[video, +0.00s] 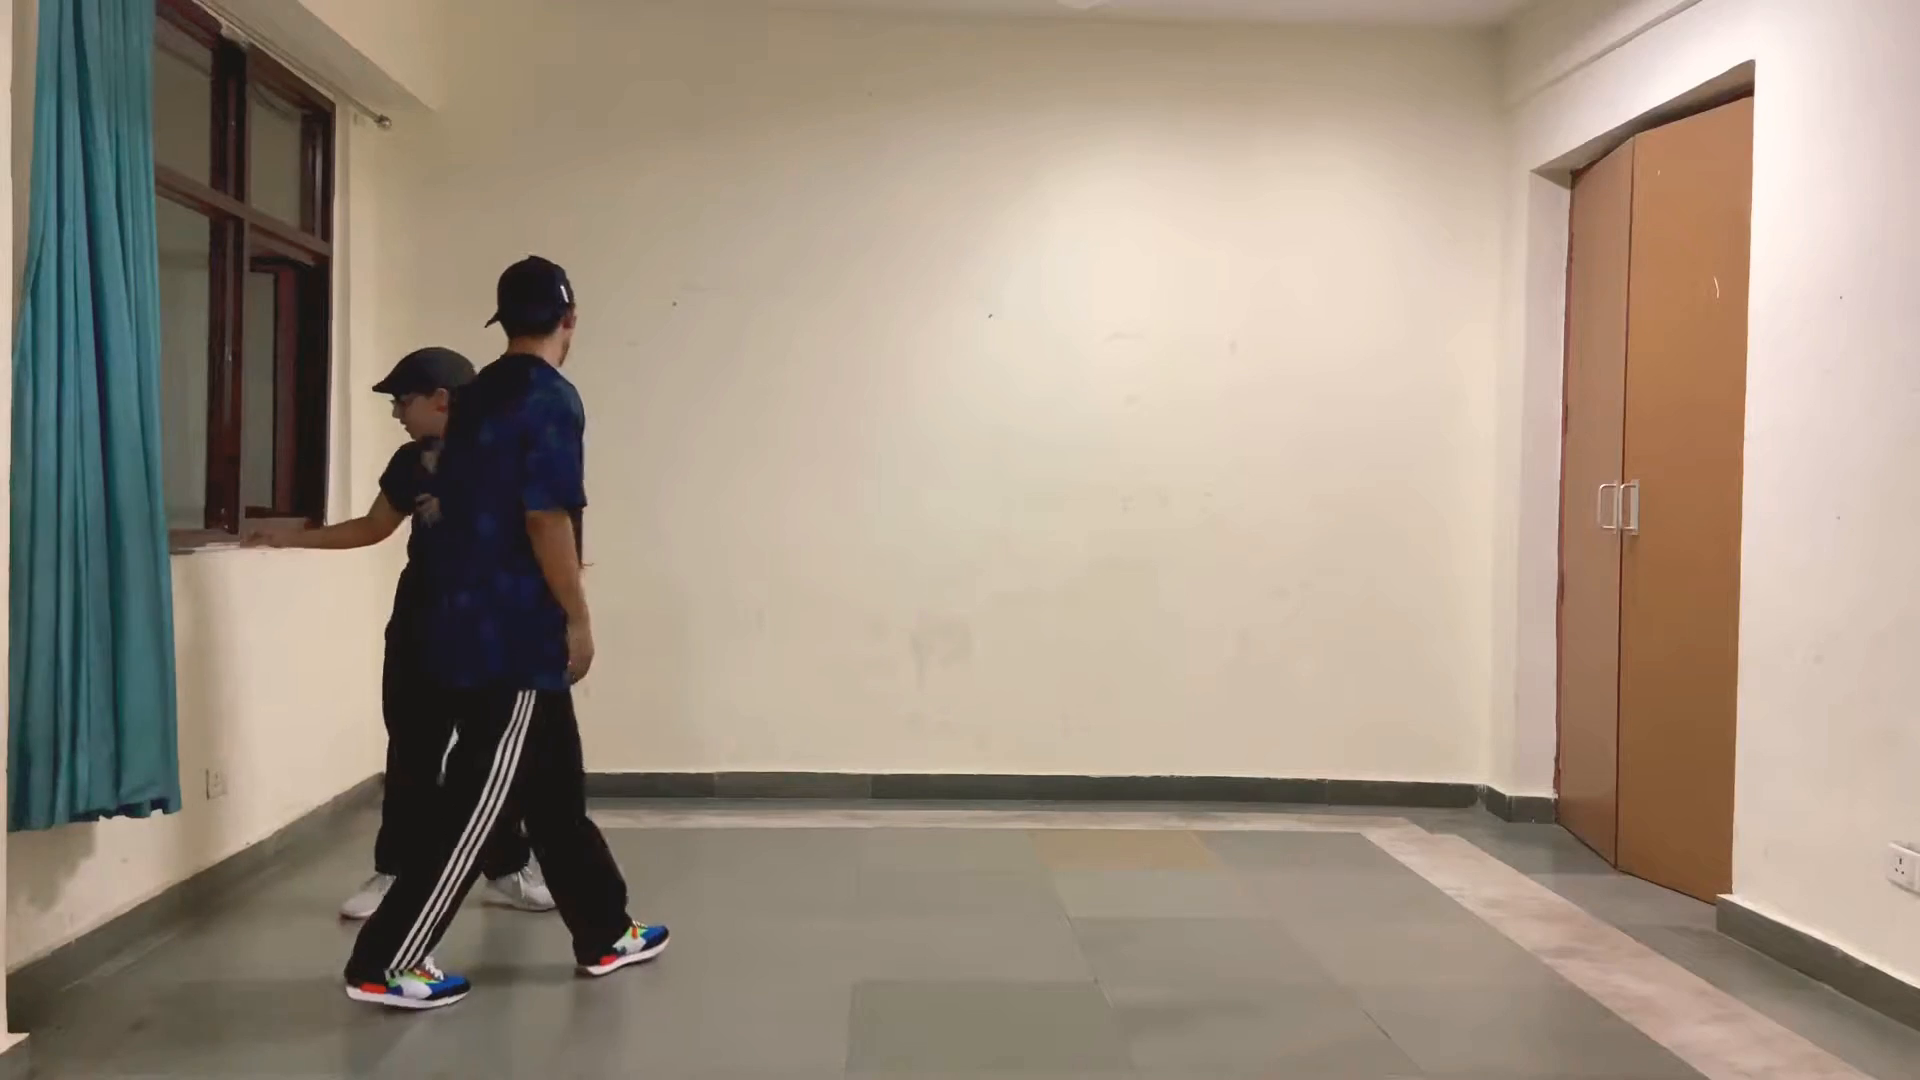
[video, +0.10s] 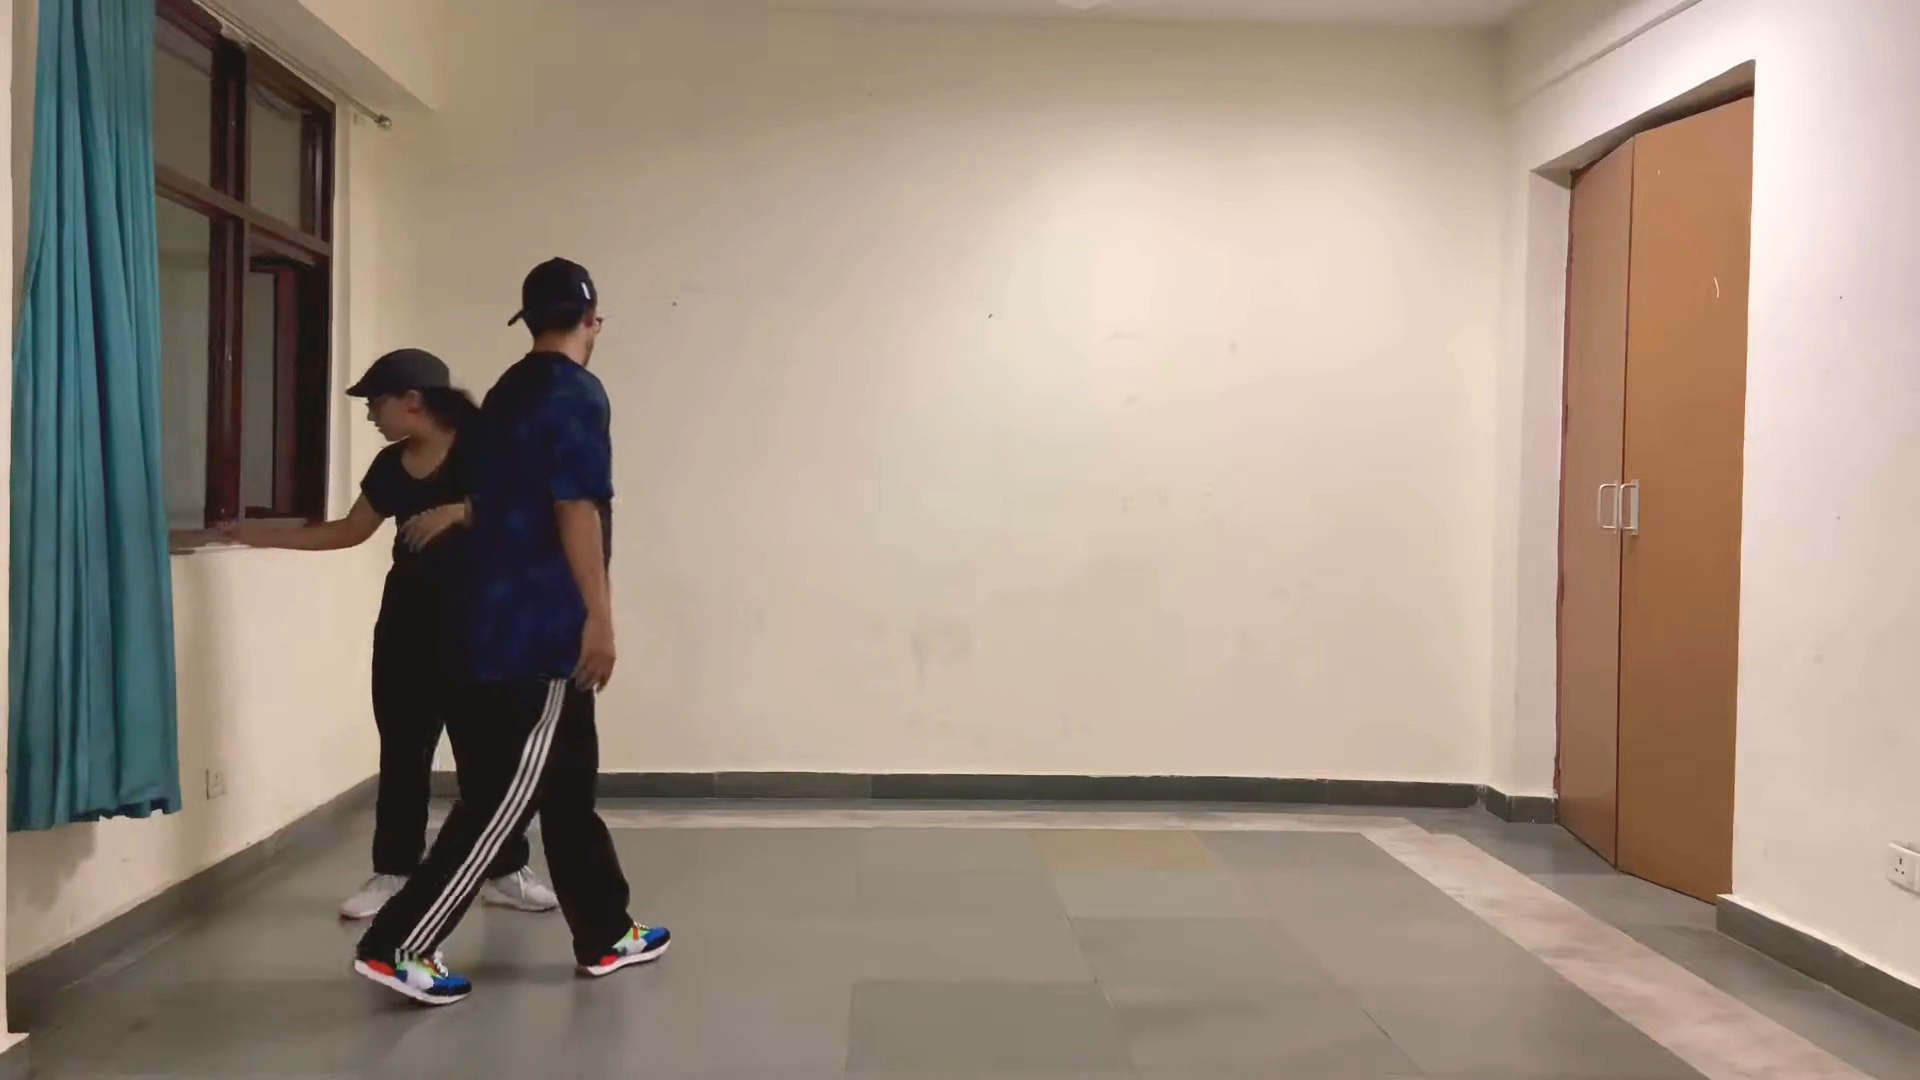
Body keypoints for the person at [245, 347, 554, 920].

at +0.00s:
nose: (398, 412)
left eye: (406, 401)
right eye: (398, 402)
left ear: (443, 400)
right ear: (430, 403)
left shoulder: (491, 452)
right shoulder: (411, 462)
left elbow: (533, 522)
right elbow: (373, 527)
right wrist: (293, 537)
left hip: (484, 614)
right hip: (420, 615)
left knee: (498, 741)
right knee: (411, 747)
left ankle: (510, 865)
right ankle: (394, 872)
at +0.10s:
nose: (370, 416)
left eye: (377, 405)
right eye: (370, 406)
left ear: (412, 403)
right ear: (405, 405)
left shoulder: (479, 447)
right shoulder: (392, 465)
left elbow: (515, 508)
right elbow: (351, 530)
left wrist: (457, 512)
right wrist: (265, 535)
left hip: (475, 616)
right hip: (408, 618)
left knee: (484, 748)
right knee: (403, 749)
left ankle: (507, 868)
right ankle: (394, 873)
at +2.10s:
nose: (298, 429)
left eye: (302, 416)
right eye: (296, 418)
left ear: (337, 406)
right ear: (332, 410)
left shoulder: (417, 438)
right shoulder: (328, 465)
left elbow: (480, 507)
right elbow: (305, 539)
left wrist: (412, 528)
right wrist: (214, 541)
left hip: (435, 616)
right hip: (368, 621)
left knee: (454, 744)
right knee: (381, 750)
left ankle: (486, 868)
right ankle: (394, 873)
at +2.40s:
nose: (331, 412)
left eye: (342, 399)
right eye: (327, 401)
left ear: (377, 396)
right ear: (330, 404)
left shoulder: (432, 446)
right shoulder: (336, 470)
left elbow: (488, 516)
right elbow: (319, 550)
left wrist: (429, 532)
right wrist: (256, 544)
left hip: (441, 624)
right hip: (372, 626)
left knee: (457, 748)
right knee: (384, 751)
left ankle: (484, 871)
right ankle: (393, 874)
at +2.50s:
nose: (378, 404)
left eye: (389, 392)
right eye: (366, 394)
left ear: (410, 393)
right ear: (350, 399)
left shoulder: (445, 448)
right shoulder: (340, 466)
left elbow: (483, 528)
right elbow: (329, 557)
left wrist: (443, 521)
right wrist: (327, 525)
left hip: (448, 622)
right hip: (377, 624)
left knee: (468, 748)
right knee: (387, 753)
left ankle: (494, 868)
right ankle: (392, 874)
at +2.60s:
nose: (426, 398)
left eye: (434, 387)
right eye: (412, 387)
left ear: (443, 393)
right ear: (382, 391)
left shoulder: (462, 451)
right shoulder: (351, 461)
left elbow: (478, 535)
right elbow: (348, 547)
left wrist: (442, 510)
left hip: (460, 624)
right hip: (385, 628)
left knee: (482, 749)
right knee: (392, 757)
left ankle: (508, 869)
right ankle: (394, 874)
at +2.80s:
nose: (501, 404)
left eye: (506, 394)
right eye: (489, 392)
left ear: (505, 399)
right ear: (453, 391)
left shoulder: (508, 462)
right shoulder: (406, 457)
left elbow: (533, 542)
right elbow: (379, 544)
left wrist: (509, 549)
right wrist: (467, 557)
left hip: (497, 631)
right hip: (423, 630)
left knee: (504, 753)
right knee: (413, 756)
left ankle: (527, 876)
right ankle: (392, 873)